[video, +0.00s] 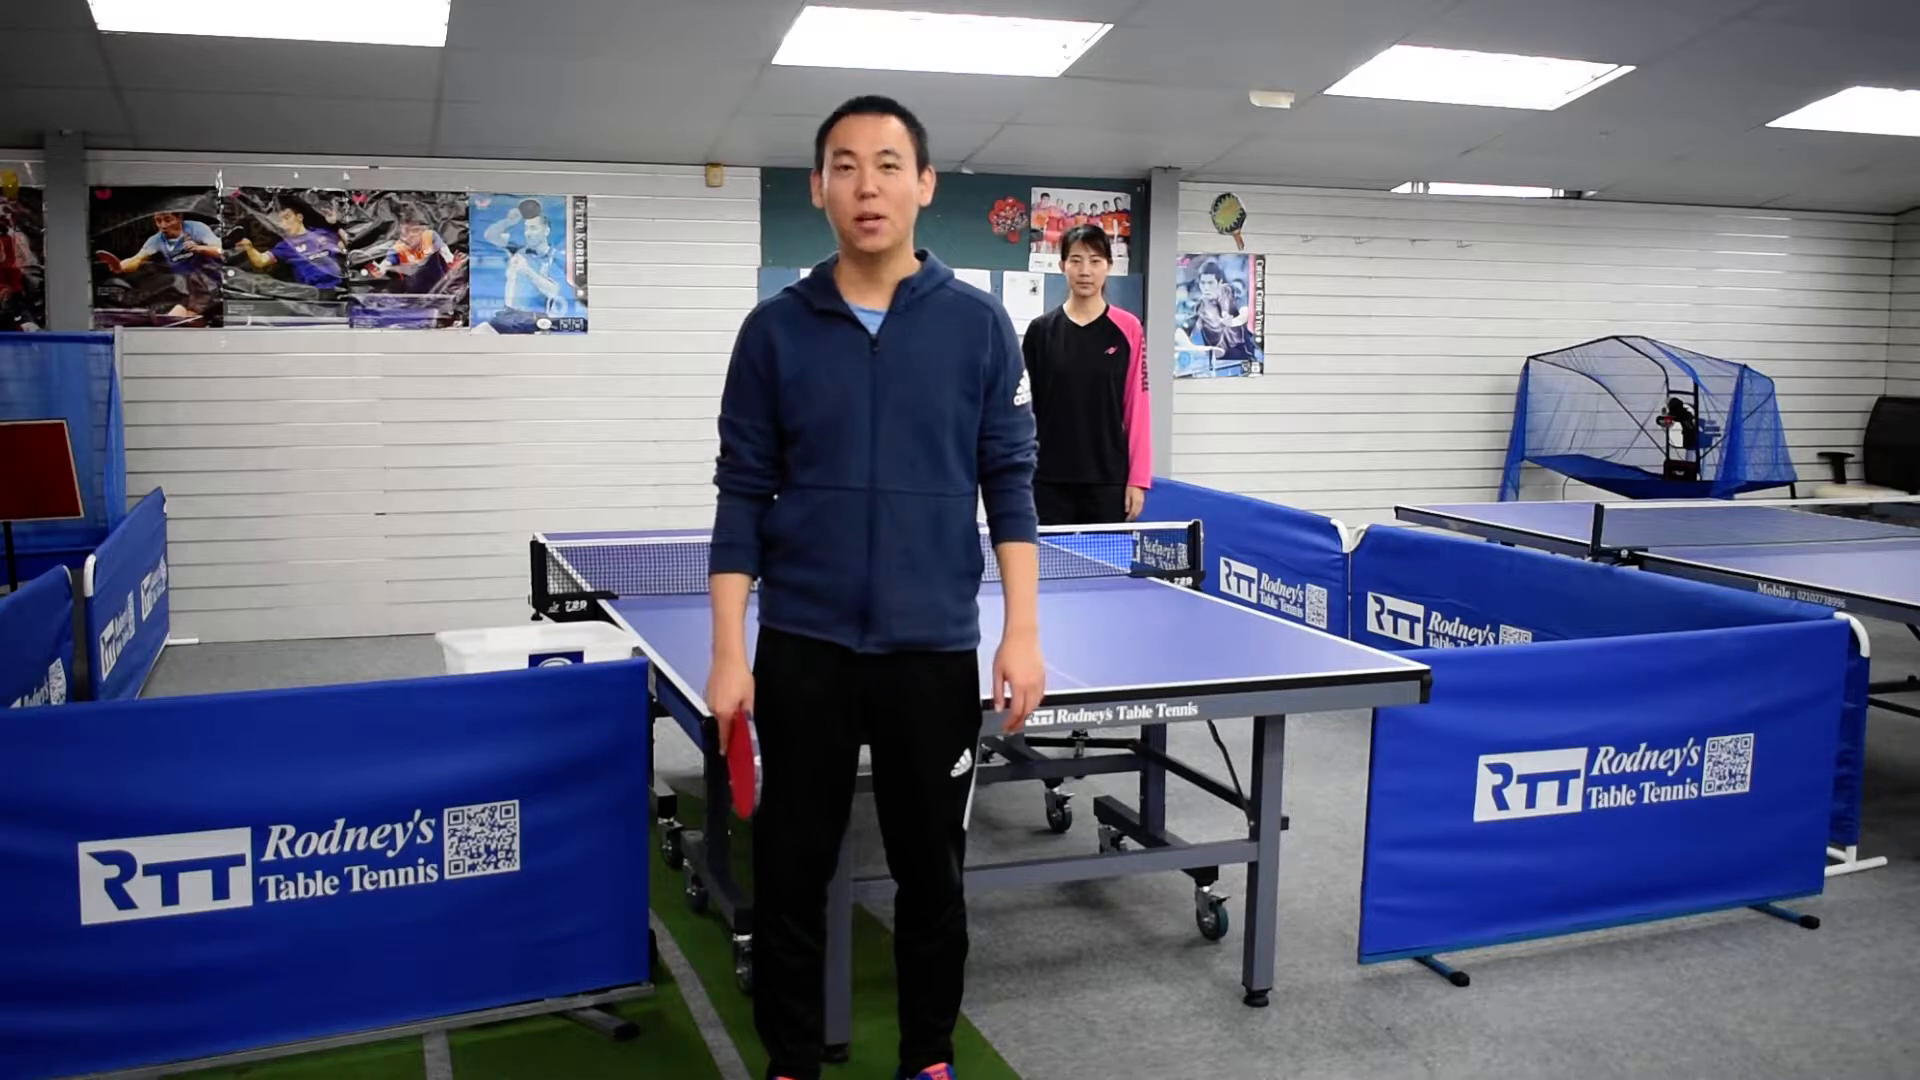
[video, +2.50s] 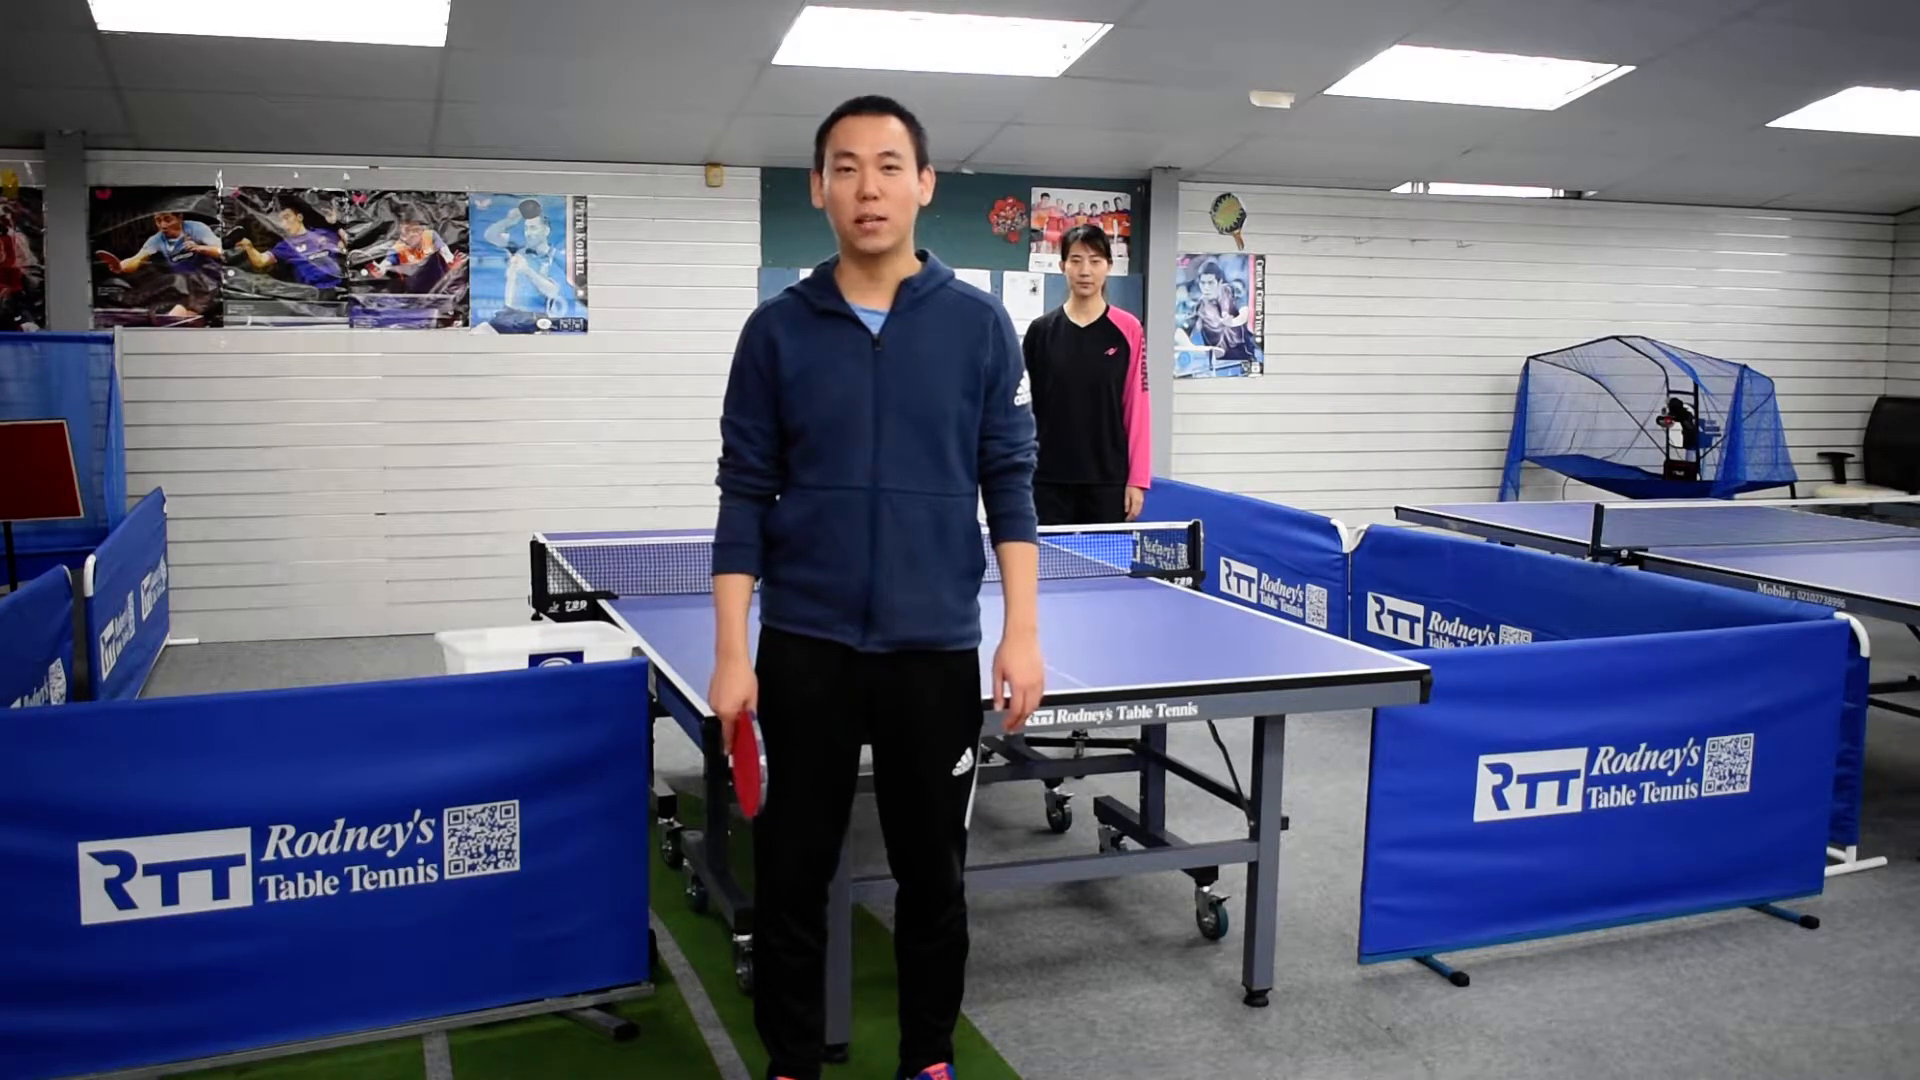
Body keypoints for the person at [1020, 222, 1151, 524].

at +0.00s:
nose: (1085, 271)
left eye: (1095, 262)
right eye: (1076, 261)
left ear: (1108, 267)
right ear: (1063, 266)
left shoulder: (1128, 329)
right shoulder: (1039, 331)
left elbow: (1137, 407)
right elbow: (1023, 405)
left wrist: (1138, 478)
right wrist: (1020, 477)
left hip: (1107, 482)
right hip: (1050, 480)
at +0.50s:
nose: (1085, 271)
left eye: (1095, 262)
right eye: (1076, 261)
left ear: (1108, 268)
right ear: (1063, 266)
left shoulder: (1128, 329)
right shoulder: (1040, 331)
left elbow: (1137, 407)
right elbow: (1023, 405)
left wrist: (1138, 479)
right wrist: (1021, 478)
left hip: (1108, 482)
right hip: (1050, 481)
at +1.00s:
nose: (1085, 271)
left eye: (1095, 262)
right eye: (1076, 261)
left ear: (1108, 268)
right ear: (1063, 266)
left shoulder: (1128, 329)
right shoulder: (1040, 331)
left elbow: (1137, 407)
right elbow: (1023, 404)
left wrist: (1138, 479)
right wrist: (1021, 477)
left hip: (1107, 482)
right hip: (1050, 481)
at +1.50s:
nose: (1085, 271)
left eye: (1095, 262)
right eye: (1075, 261)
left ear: (1108, 268)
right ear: (1063, 266)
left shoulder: (1128, 329)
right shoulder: (1040, 331)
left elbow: (1137, 406)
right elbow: (1023, 404)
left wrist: (1138, 479)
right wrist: (1020, 476)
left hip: (1107, 482)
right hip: (1050, 480)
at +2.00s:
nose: (1085, 271)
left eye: (1095, 262)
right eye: (1075, 261)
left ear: (1108, 267)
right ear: (1063, 266)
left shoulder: (1128, 329)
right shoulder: (1040, 331)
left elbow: (1136, 407)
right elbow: (1023, 405)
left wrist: (1138, 479)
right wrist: (1021, 476)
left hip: (1107, 482)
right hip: (1049, 480)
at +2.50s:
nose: (1085, 271)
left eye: (1095, 262)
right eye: (1076, 261)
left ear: (1108, 268)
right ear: (1063, 267)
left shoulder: (1128, 330)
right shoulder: (1040, 331)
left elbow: (1136, 407)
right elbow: (1023, 404)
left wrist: (1138, 478)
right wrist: (1020, 476)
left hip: (1107, 482)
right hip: (1049, 480)